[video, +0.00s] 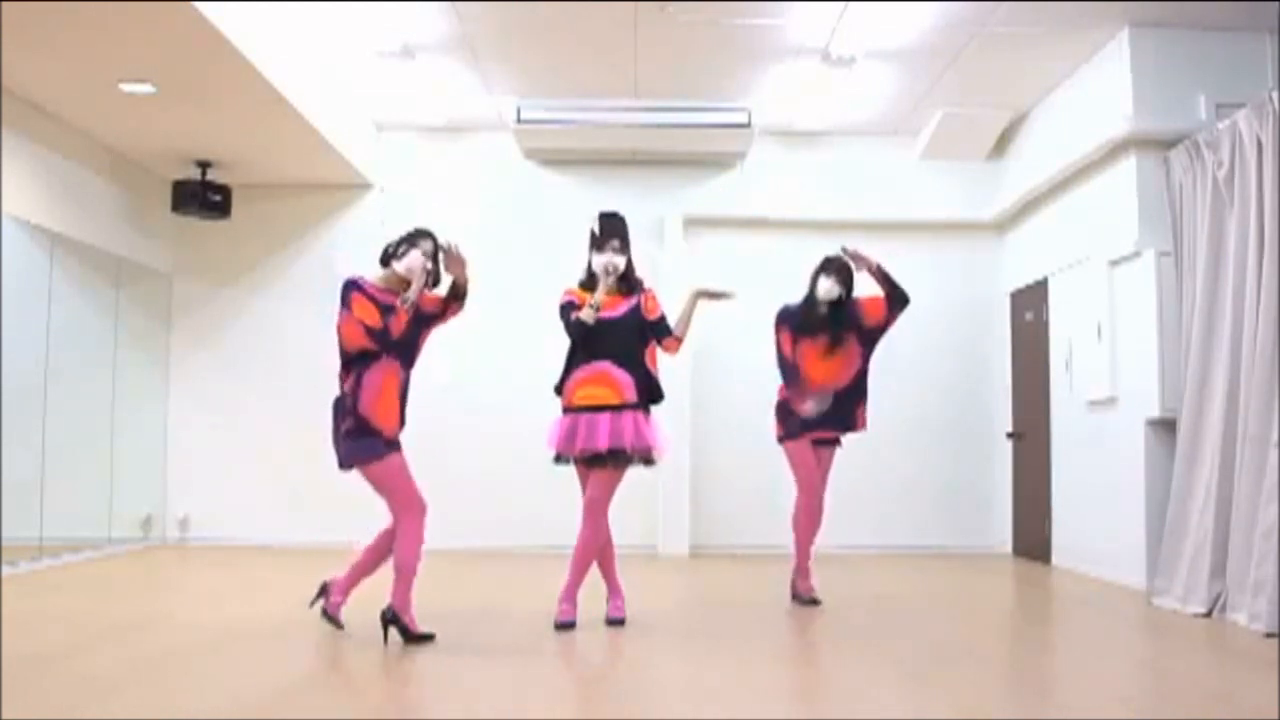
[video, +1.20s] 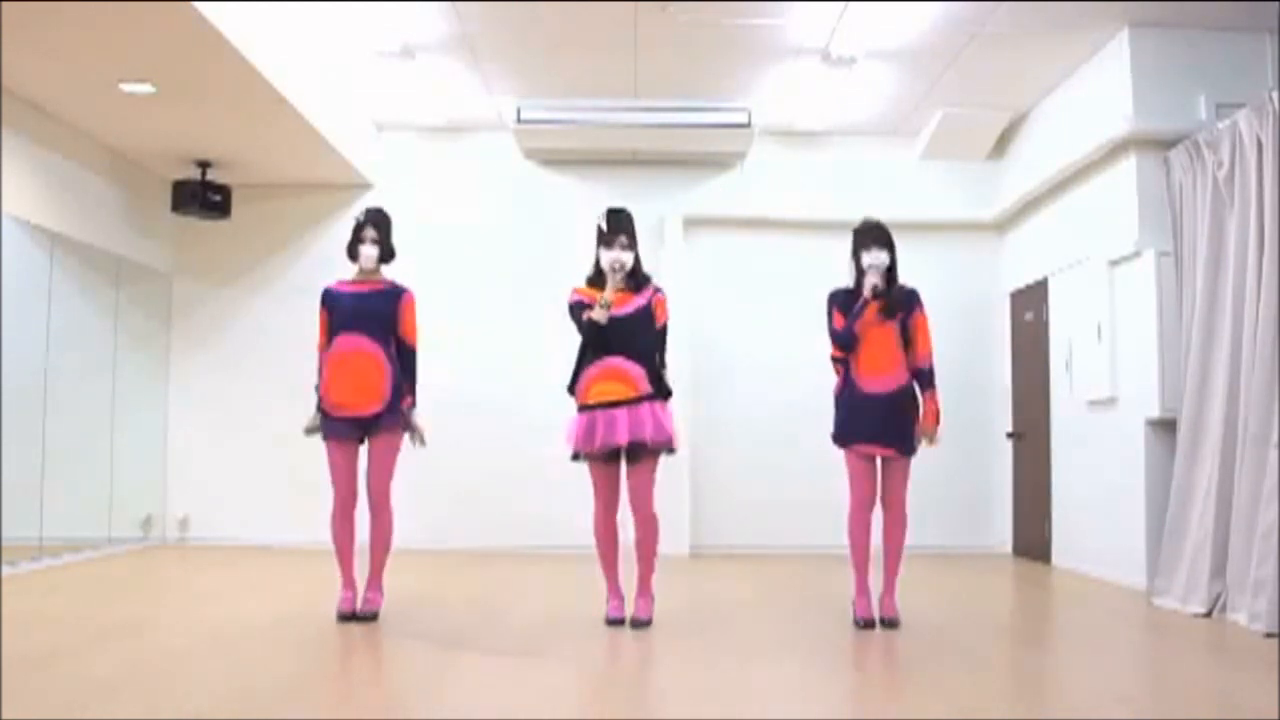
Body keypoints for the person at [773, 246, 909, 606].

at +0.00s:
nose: (829, 288)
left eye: (837, 283)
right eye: (825, 279)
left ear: (845, 289)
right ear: (814, 280)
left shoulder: (858, 318)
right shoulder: (790, 317)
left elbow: (898, 301)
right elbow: (786, 363)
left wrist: (873, 268)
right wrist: (801, 395)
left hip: (834, 415)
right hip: (794, 412)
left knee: (816, 491)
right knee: (809, 486)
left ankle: (802, 570)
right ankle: (802, 572)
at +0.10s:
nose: (828, 293)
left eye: (836, 287)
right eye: (823, 284)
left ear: (846, 290)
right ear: (813, 282)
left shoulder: (861, 319)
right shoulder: (792, 318)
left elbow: (899, 298)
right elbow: (792, 361)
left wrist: (872, 265)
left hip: (836, 415)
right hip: (798, 412)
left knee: (826, 504)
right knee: (808, 497)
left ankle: (803, 573)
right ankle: (799, 577)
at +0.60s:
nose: (856, 273)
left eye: (863, 267)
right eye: (851, 265)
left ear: (873, 270)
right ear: (839, 265)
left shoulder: (890, 300)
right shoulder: (818, 306)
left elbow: (930, 279)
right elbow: (820, 346)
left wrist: (899, 244)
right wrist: (844, 301)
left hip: (877, 408)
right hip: (835, 410)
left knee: (870, 500)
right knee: (852, 498)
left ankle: (852, 585)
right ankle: (852, 589)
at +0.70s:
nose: (859, 267)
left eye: (865, 259)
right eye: (851, 260)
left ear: (876, 263)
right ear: (840, 264)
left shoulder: (895, 302)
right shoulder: (825, 306)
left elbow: (940, 301)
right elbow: (830, 342)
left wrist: (936, 256)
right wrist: (853, 298)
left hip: (884, 411)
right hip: (841, 413)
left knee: (882, 504)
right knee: (853, 499)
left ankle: (860, 587)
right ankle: (856, 592)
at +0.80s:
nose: (862, 260)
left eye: (867, 252)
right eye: (853, 254)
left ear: (877, 256)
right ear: (840, 260)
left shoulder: (892, 301)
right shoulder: (829, 300)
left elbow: (934, 330)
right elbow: (839, 337)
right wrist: (860, 295)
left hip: (888, 407)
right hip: (846, 407)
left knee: (886, 499)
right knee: (855, 498)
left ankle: (887, 596)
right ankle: (856, 596)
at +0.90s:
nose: (864, 262)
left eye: (870, 253)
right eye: (855, 255)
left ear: (880, 256)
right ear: (843, 260)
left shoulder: (895, 303)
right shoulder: (833, 299)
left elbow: (929, 341)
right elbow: (844, 339)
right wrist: (866, 296)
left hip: (894, 401)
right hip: (851, 401)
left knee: (889, 500)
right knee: (857, 497)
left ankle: (889, 593)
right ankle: (859, 593)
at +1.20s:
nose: (875, 259)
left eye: (881, 251)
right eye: (867, 252)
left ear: (892, 255)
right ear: (855, 256)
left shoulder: (907, 299)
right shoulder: (842, 300)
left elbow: (922, 358)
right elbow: (841, 343)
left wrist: (931, 407)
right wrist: (866, 298)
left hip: (899, 404)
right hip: (857, 403)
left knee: (894, 501)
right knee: (862, 499)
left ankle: (889, 593)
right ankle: (861, 593)